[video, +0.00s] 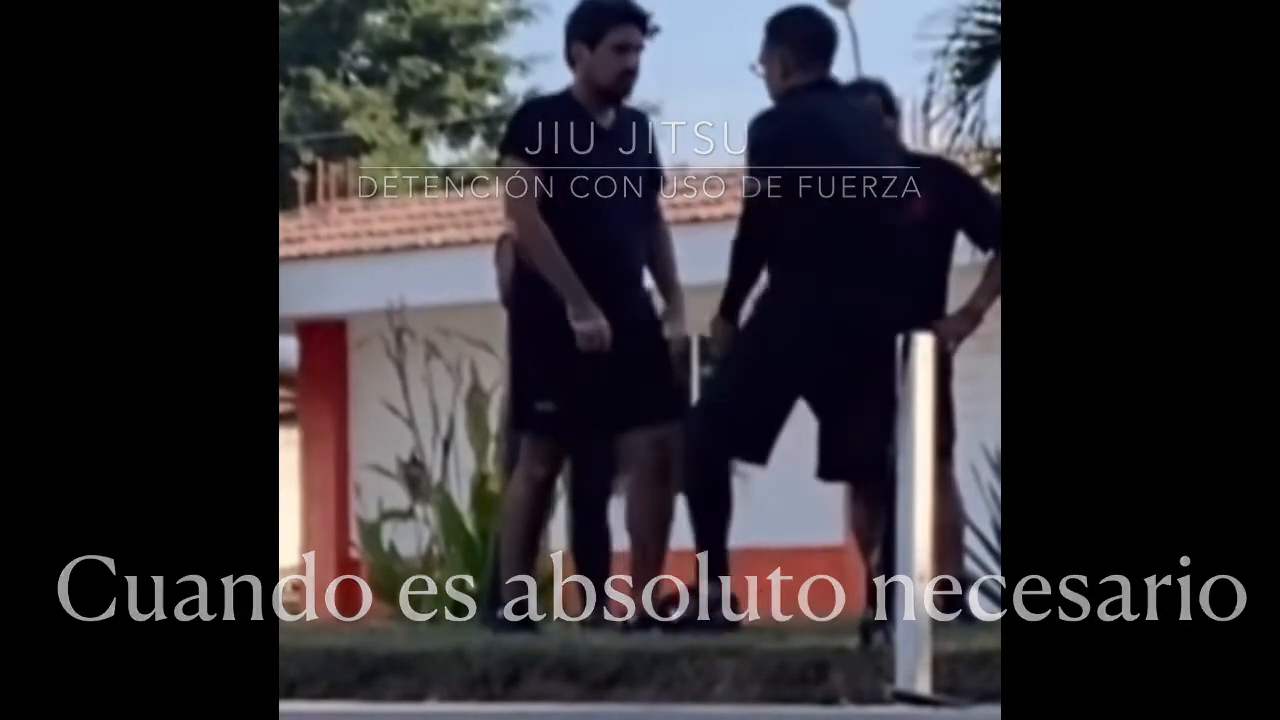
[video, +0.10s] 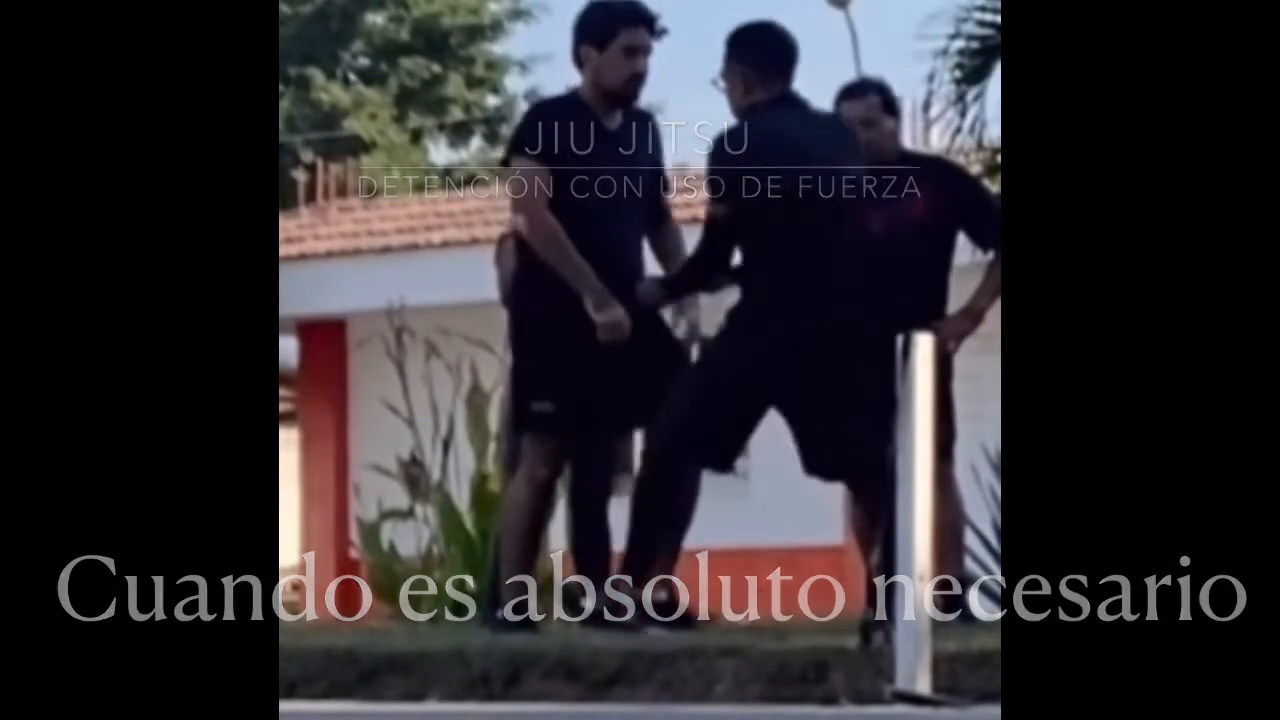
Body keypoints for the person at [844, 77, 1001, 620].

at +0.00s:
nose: (865, 133)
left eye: (873, 119)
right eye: (854, 123)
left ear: (894, 120)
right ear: (838, 130)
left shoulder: (935, 177)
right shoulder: (829, 188)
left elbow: (1000, 243)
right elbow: (790, 264)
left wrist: (967, 316)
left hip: (918, 351)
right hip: (849, 350)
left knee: (932, 474)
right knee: (864, 481)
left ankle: (948, 590)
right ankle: (879, 596)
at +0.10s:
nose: (863, 135)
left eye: (872, 122)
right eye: (852, 127)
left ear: (895, 121)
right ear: (839, 134)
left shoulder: (937, 178)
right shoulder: (830, 187)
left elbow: (999, 242)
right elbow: (796, 257)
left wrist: (969, 316)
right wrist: (809, 319)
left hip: (918, 347)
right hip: (846, 347)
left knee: (932, 472)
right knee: (862, 481)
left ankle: (948, 588)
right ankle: (878, 595)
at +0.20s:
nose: (860, 136)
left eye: (870, 124)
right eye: (850, 127)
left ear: (896, 122)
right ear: (841, 132)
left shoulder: (939, 179)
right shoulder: (822, 187)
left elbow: (1001, 242)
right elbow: (798, 267)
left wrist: (970, 314)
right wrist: (804, 334)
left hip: (918, 353)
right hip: (841, 351)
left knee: (931, 472)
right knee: (858, 478)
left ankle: (950, 590)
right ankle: (880, 594)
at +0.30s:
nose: (862, 137)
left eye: (871, 124)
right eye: (851, 127)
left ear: (897, 123)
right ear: (840, 132)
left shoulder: (941, 179)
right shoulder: (827, 187)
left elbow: (1001, 245)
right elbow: (774, 254)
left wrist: (969, 317)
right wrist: (812, 319)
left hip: (920, 353)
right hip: (848, 352)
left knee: (932, 475)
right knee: (856, 479)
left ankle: (948, 590)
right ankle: (878, 595)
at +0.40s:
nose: (862, 137)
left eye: (872, 124)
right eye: (851, 127)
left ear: (897, 123)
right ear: (841, 132)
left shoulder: (942, 179)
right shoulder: (827, 188)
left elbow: (1000, 242)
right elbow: (776, 252)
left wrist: (972, 315)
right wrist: (811, 316)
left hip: (922, 351)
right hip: (850, 350)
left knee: (934, 474)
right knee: (865, 481)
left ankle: (949, 587)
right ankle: (875, 592)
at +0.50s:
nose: (862, 137)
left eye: (872, 124)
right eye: (852, 127)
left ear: (897, 123)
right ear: (841, 132)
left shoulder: (941, 179)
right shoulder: (828, 187)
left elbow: (1001, 244)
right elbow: (775, 252)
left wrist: (972, 315)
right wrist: (812, 318)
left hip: (922, 350)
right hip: (850, 350)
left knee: (934, 474)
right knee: (864, 481)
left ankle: (949, 587)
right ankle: (878, 593)